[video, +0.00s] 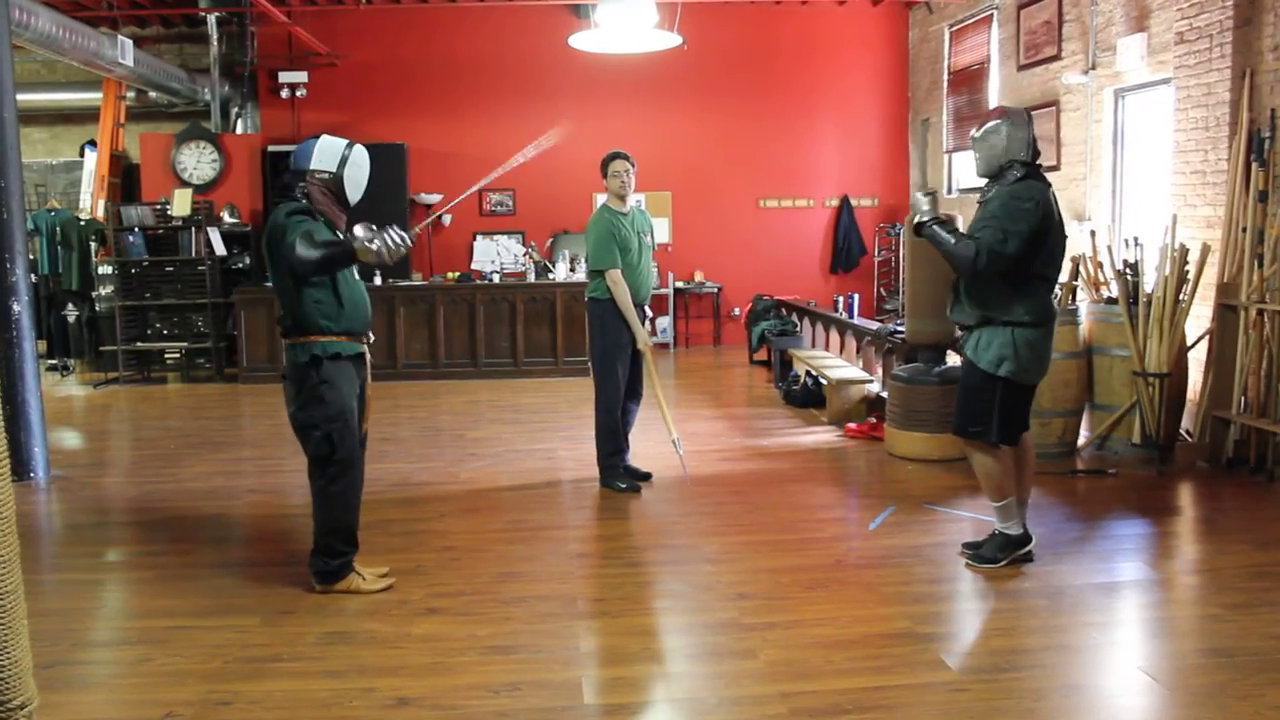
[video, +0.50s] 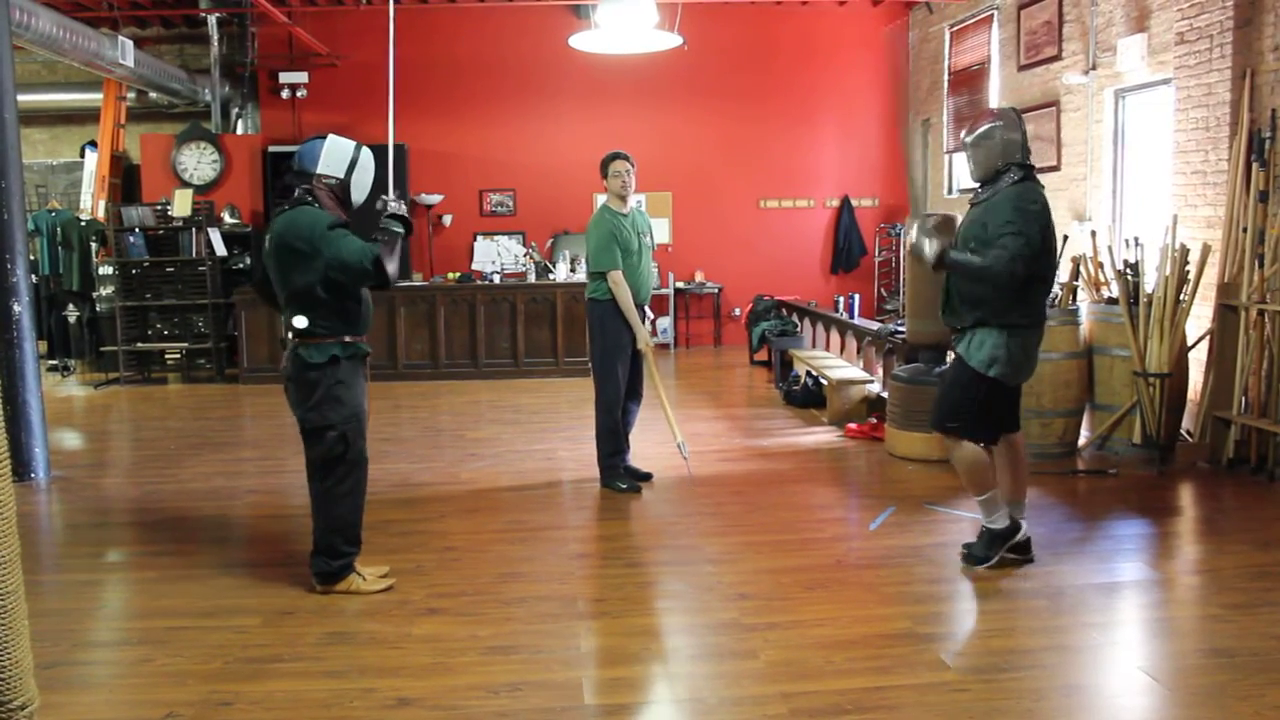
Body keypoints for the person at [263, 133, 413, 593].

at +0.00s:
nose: (352, 190)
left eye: (352, 181)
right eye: (348, 180)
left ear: (320, 176)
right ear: (325, 176)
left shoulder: (325, 222)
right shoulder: (295, 219)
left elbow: (342, 268)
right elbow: (306, 260)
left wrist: (378, 254)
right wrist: (356, 245)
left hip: (343, 357)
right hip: (321, 360)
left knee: (345, 462)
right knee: (337, 463)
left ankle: (339, 562)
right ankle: (333, 570)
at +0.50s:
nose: (354, 199)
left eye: (355, 191)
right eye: (351, 189)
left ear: (314, 182)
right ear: (330, 182)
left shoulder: (286, 225)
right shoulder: (313, 225)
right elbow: (372, 265)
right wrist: (391, 223)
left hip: (315, 360)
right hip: (331, 362)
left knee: (333, 466)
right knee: (342, 465)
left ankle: (335, 563)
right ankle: (335, 570)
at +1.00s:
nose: (357, 199)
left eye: (357, 191)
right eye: (354, 188)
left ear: (316, 181)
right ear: (335, 181)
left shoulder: (287, 224)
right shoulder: (319, 224)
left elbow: (256, 266)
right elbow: (351, 271)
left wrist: (291, 301)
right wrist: (401, 271)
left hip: (306, 359)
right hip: (328, 362)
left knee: (329, 466)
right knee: (342, 466)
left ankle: (334, 562)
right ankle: (335, 571)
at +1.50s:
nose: (338, 207)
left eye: (337, 197)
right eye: (334, 195)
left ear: (297, 188)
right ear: (314, 189)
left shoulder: (268, 228)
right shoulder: (294, 230)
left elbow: (241, 271)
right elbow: (286, 302)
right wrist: (296, 369)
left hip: (287, 360)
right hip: (312, 364)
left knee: (283, 460)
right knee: (337, 463)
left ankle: (251, 556)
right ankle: (337, 569)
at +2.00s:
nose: (322, 199)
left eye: (322, 190)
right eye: (319, 188)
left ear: (283, 182)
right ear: (300, 183)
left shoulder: (275, 227)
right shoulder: (266, 227)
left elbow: (249, 301)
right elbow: (245, 301)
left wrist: (239, 371)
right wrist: (240, 371)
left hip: (289, 362)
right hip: (283, 364)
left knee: (268, 462)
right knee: (318, 458)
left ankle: (247, 559)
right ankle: (335, 569)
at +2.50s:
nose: (338, 207)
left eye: (339, 198)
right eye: (335, 196)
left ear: (295, 189)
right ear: (316, 190)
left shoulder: (264, 231)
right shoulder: (289, 234)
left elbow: (228, 265)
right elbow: (276, 309)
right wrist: (280, 381)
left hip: (285, 366)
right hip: (307, 366)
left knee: (279, 463)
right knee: (338, 462)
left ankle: (249, 558)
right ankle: (334, 568)